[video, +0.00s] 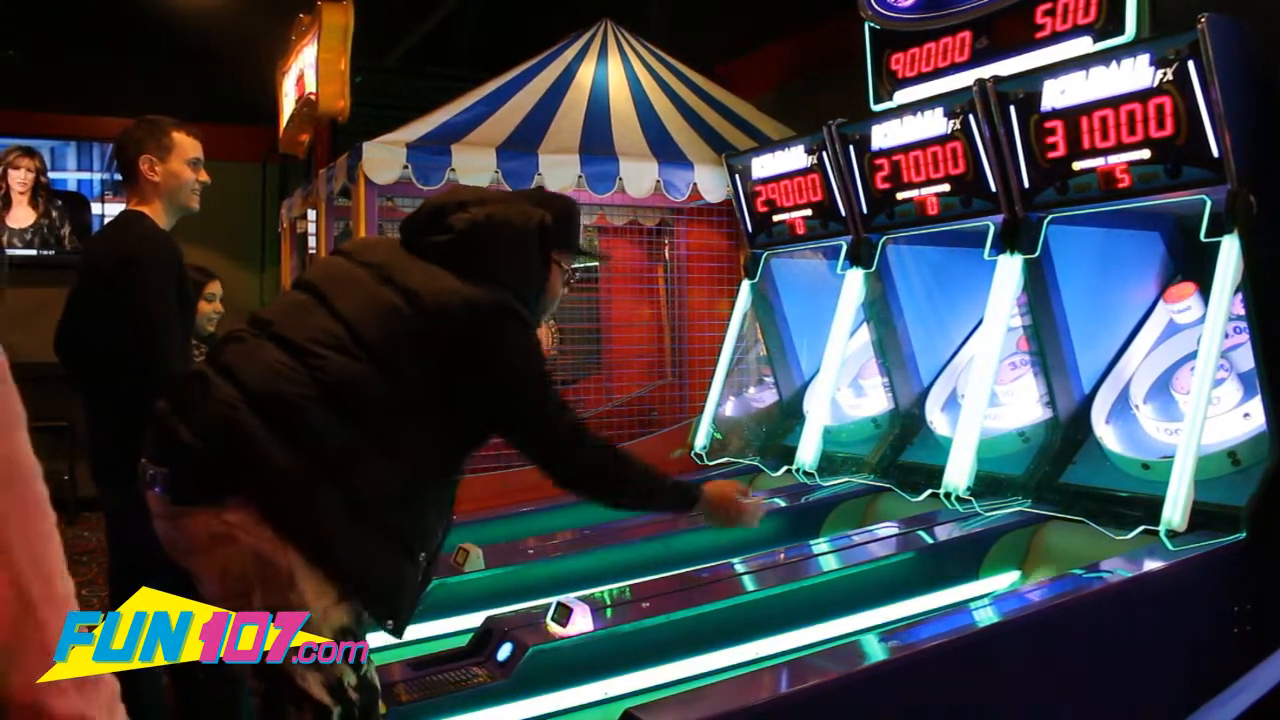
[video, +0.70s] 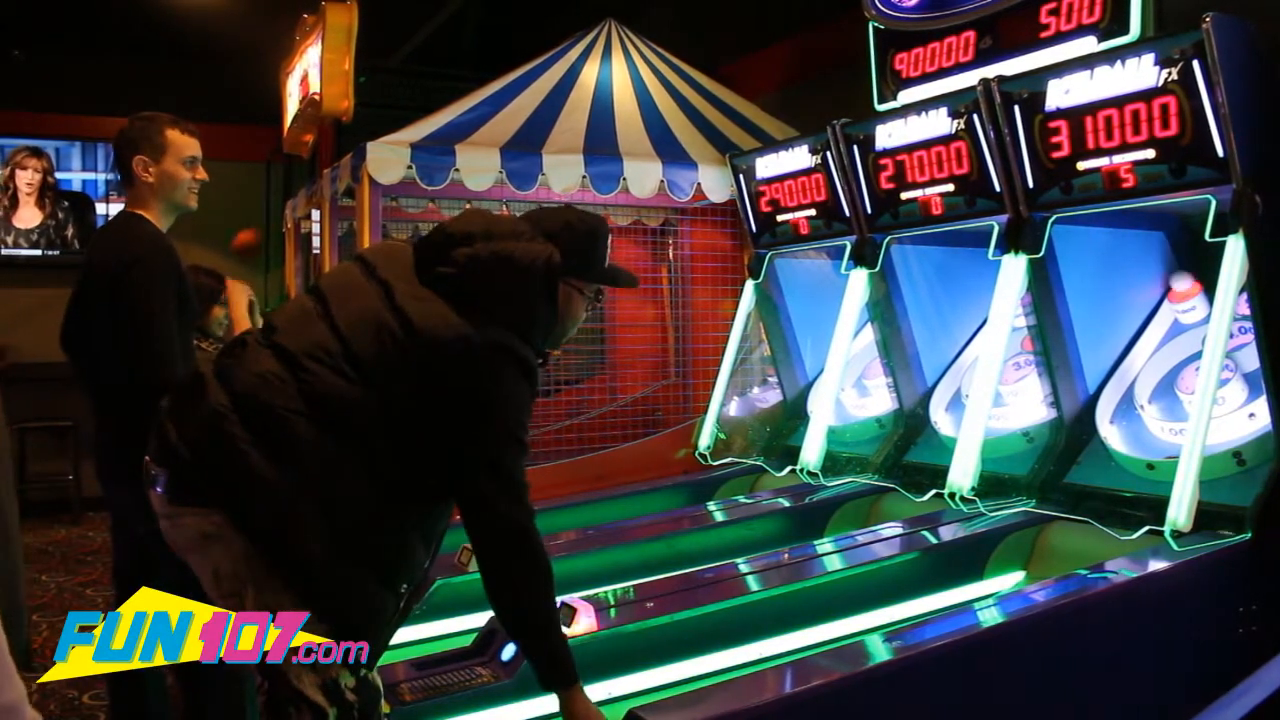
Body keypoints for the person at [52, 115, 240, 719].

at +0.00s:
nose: (204, 177)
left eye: (202, 164)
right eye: (194, 164)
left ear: (147, 172)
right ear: (150, 169)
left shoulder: (109, 241)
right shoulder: (153, 248)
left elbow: (70, 343)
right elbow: (168, 364)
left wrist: (117, 397)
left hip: (115, 447)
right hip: (150, 454)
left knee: (133, 583)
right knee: (165, 590)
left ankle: (140, 700)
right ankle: (170, 702)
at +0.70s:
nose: (202, 176)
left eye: (201, 163)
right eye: (191, 163)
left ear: (145, 171)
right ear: (146, 168)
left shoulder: (115, 240)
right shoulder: (147, 250)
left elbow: (75, 337)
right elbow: (168, 367)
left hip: (123, 451)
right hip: (150, 458)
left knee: (139, 592)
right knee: (172, 596)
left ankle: (135, 705)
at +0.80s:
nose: (201, 176)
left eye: (199, 163)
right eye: (189, 163)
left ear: (145, 172)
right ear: (144, 169)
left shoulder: (117, 241)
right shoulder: (144, 251)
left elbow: (76, 337)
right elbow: (168, 371)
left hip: (124, 451)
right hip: (150, 460)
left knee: (140, 592)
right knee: (171, 596)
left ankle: (137, 705)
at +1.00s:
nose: (199, 176)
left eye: (198, 164)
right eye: (186, 164)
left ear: (143, 174)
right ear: (140, 170)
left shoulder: (117, 243)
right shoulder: (139, 253)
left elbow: (75, 337)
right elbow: (169, 372)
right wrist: (229, 319)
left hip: (127, 454)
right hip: (149, 463)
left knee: (142, 596)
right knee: (171, 599)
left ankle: (138, 706)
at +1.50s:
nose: (196, 175)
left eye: (195, 163)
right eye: (183, 162)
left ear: (139, 171)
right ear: (136, 169)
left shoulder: (112, 240)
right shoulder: (138, 250)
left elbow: (77, 334)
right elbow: (163, 372)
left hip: (121, 448)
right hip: (146, 458)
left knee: (146, 583)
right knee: (168, 590)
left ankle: (144, 699)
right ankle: (167, 702)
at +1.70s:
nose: (195, 177)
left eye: (195, 165)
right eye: (183, 164)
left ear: (141, 173)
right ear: (137, 169)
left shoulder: (119, 242)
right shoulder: (133, 251)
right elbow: (161, 381)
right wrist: (222, 462)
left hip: (137, 454)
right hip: (147, 458)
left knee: (151, 601)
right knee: (168, 605)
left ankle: (146, 706)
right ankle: (165, 707)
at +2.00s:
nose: (196, 177)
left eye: (196, 166)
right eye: (184, 165)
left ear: (141, 173)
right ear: (138, 169)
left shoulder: (116, 239)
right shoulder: (133, 249)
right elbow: (142, 373)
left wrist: (206, 373)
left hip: (134, 453)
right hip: (145, 461)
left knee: (151, 591)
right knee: (165, 596)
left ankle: (147, 702)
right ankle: (157, 704)